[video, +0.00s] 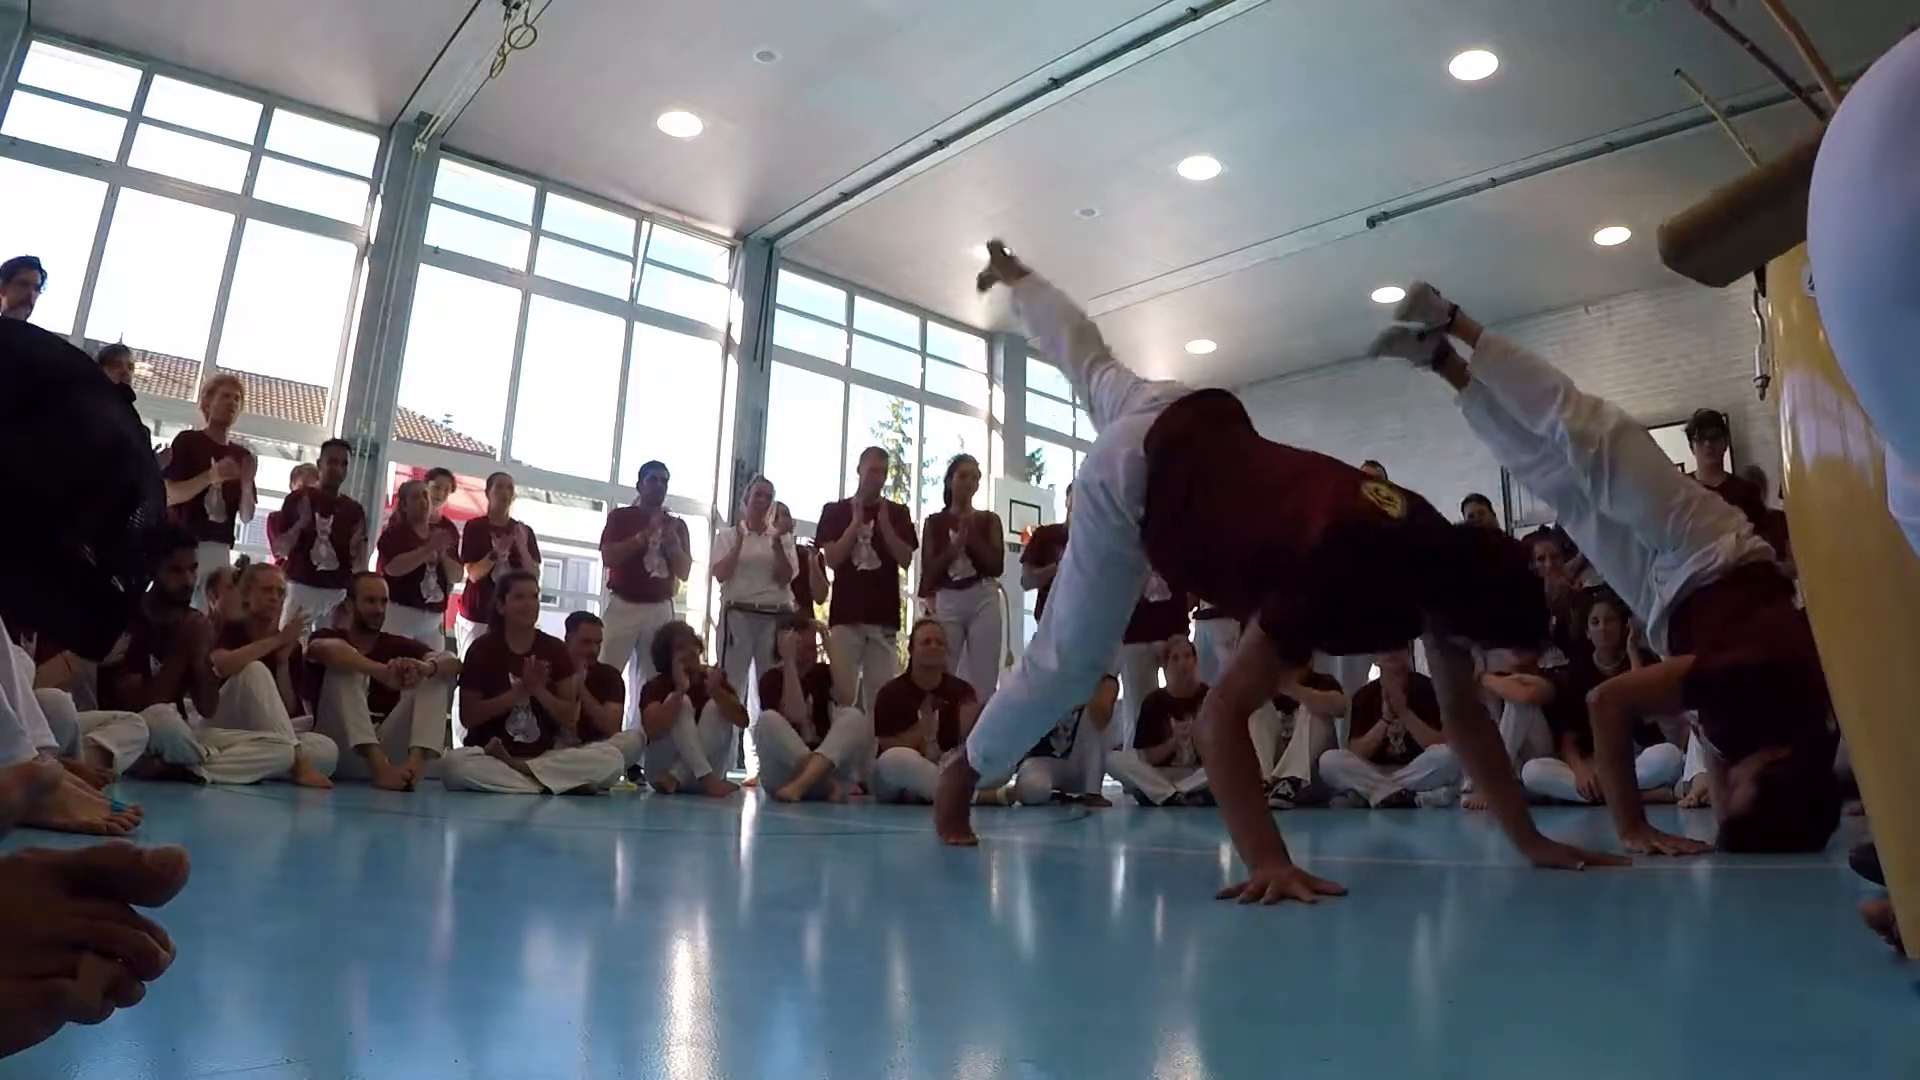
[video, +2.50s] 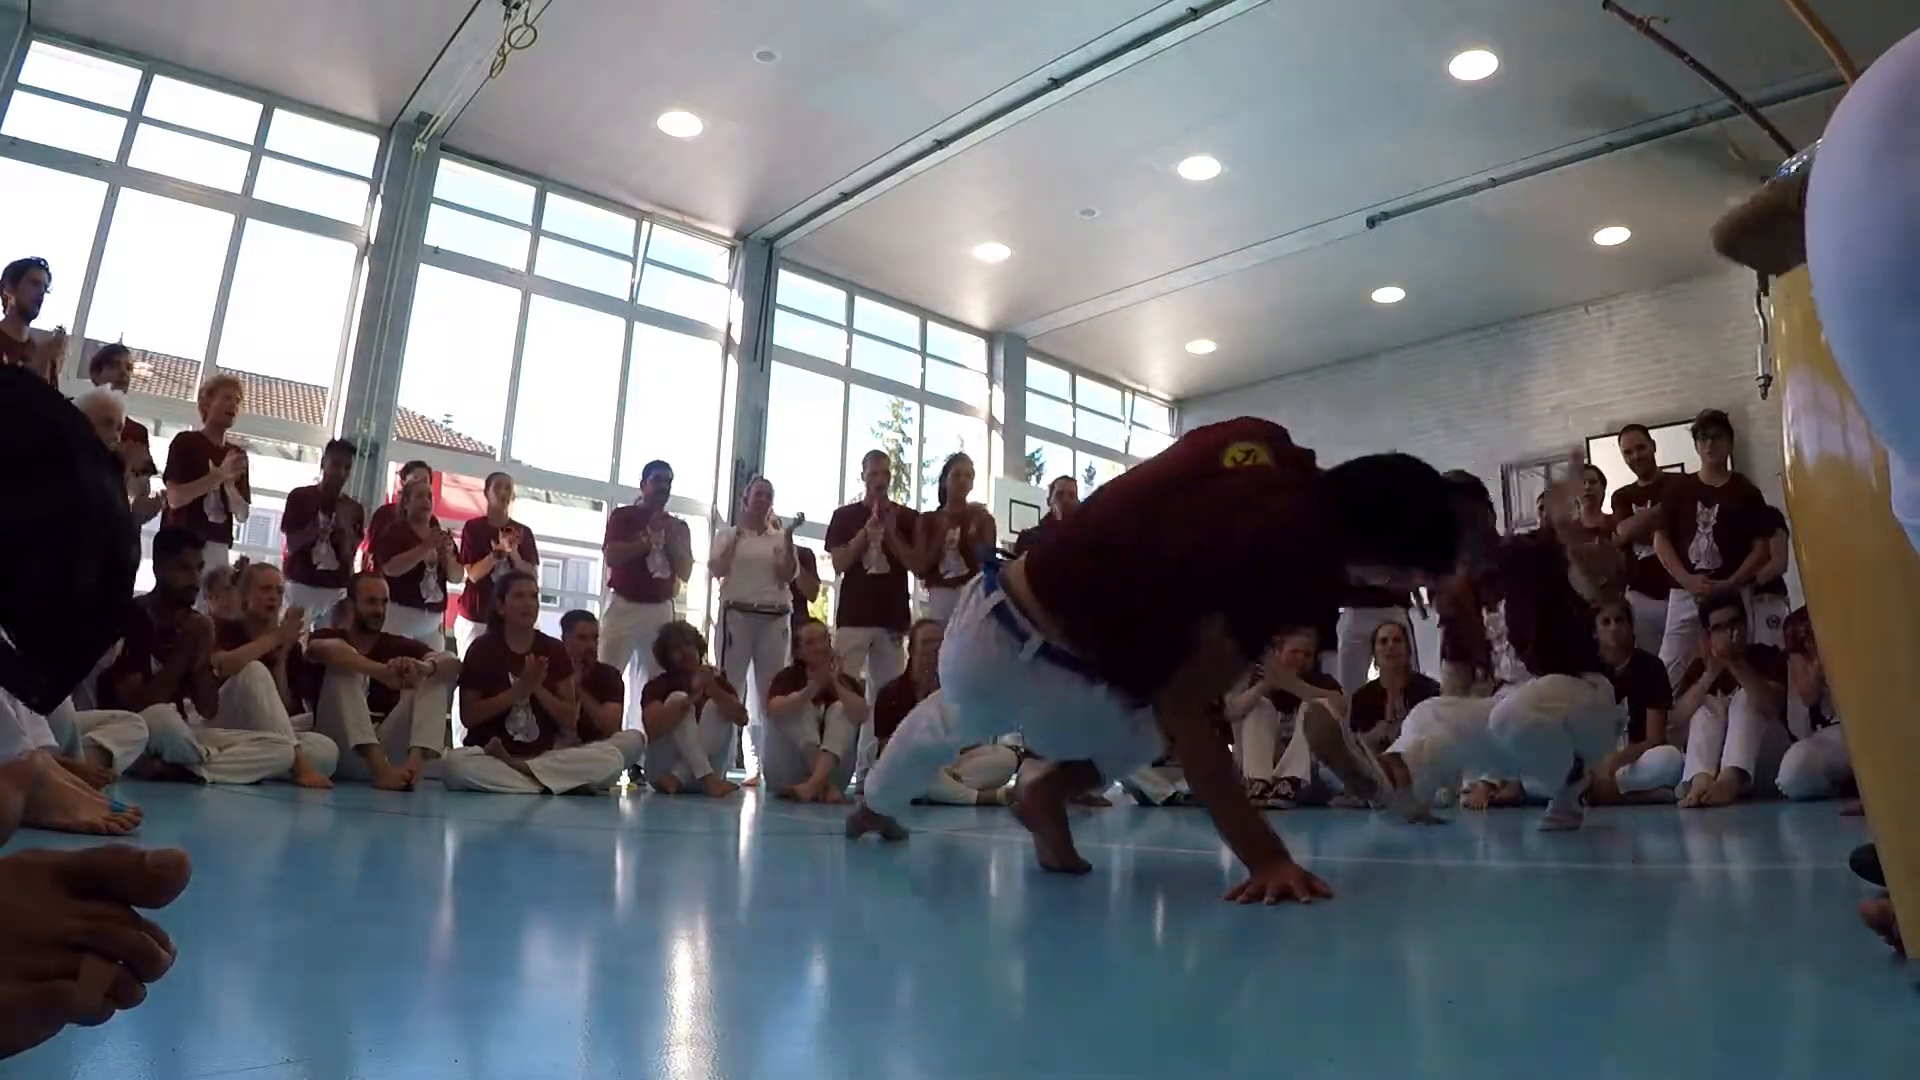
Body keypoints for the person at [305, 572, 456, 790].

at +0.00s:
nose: (379, 609)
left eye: (383, 601)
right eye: (370, 601)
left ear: (389, 603)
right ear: (350, 603)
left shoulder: (393, 643)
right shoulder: (329, 637)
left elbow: (454, 662)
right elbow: (317, 649)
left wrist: (426, 667)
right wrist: (382, 671)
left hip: (388, 750)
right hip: (338, 750)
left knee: (438, 673)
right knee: (342, 660)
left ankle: (416, 761)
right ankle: (378, 764)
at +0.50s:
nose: (378, 609)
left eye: (383, 602)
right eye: (370, 601)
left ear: (388, 603)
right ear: (351, 603)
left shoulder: (392, 643)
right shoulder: (329, 637)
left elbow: (453, 662)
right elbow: (317, 649)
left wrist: (427, 666)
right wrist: (382, 671)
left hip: (387, 750)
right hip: (338, 750)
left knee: (438, 673)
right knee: (343, 661)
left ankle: (415, 763)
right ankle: (378, 764)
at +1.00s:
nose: (378, 609)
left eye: (383, 602)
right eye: (370, 602)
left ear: (388, 603)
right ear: (352, 603)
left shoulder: (393, 643)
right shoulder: (327, 637)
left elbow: (453, 662)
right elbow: (317, 650)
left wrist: (427, 666)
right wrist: (382, 672)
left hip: (387, 751)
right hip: (337, 750)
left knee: (437, 674)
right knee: (342, 662)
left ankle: (415, 763)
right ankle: (378, 764)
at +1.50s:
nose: (379, 610)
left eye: (384, 602)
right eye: (371, 602)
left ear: (389, 603)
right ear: (353, 603)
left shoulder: (394, 643)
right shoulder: (329, 637)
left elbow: (454, 662)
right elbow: (319, 648)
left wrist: (428, 666)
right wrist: (382, 672)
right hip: (338, 750)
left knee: (437, 674)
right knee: (342, 663)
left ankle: (415, 764)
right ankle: (378, 764)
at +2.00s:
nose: (379, 610)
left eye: (384, 602)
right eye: (371, 602)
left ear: (389, 603)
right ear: (352, 603)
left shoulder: (393, 643)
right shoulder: (330, 637)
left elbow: (454, 662)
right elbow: (316, 649)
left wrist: (427, 666)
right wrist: (382, 671)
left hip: (387, 751)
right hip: (338, 750)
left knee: (438, 673)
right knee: (342, 662)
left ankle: (414, 764)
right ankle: (378, 764)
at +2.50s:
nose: (379, 610)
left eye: (384, 602)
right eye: (371, 602)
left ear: (389, 603)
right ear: (352, 603)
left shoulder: (393, 643)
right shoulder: (329, 637)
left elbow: (454, 663)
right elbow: (316, 650)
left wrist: (427, 666)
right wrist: (382, 671)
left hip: (387, 751)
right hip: (338, 749)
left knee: (437, 674)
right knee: (342, 662)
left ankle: (415, 764)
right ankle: (378, 764)